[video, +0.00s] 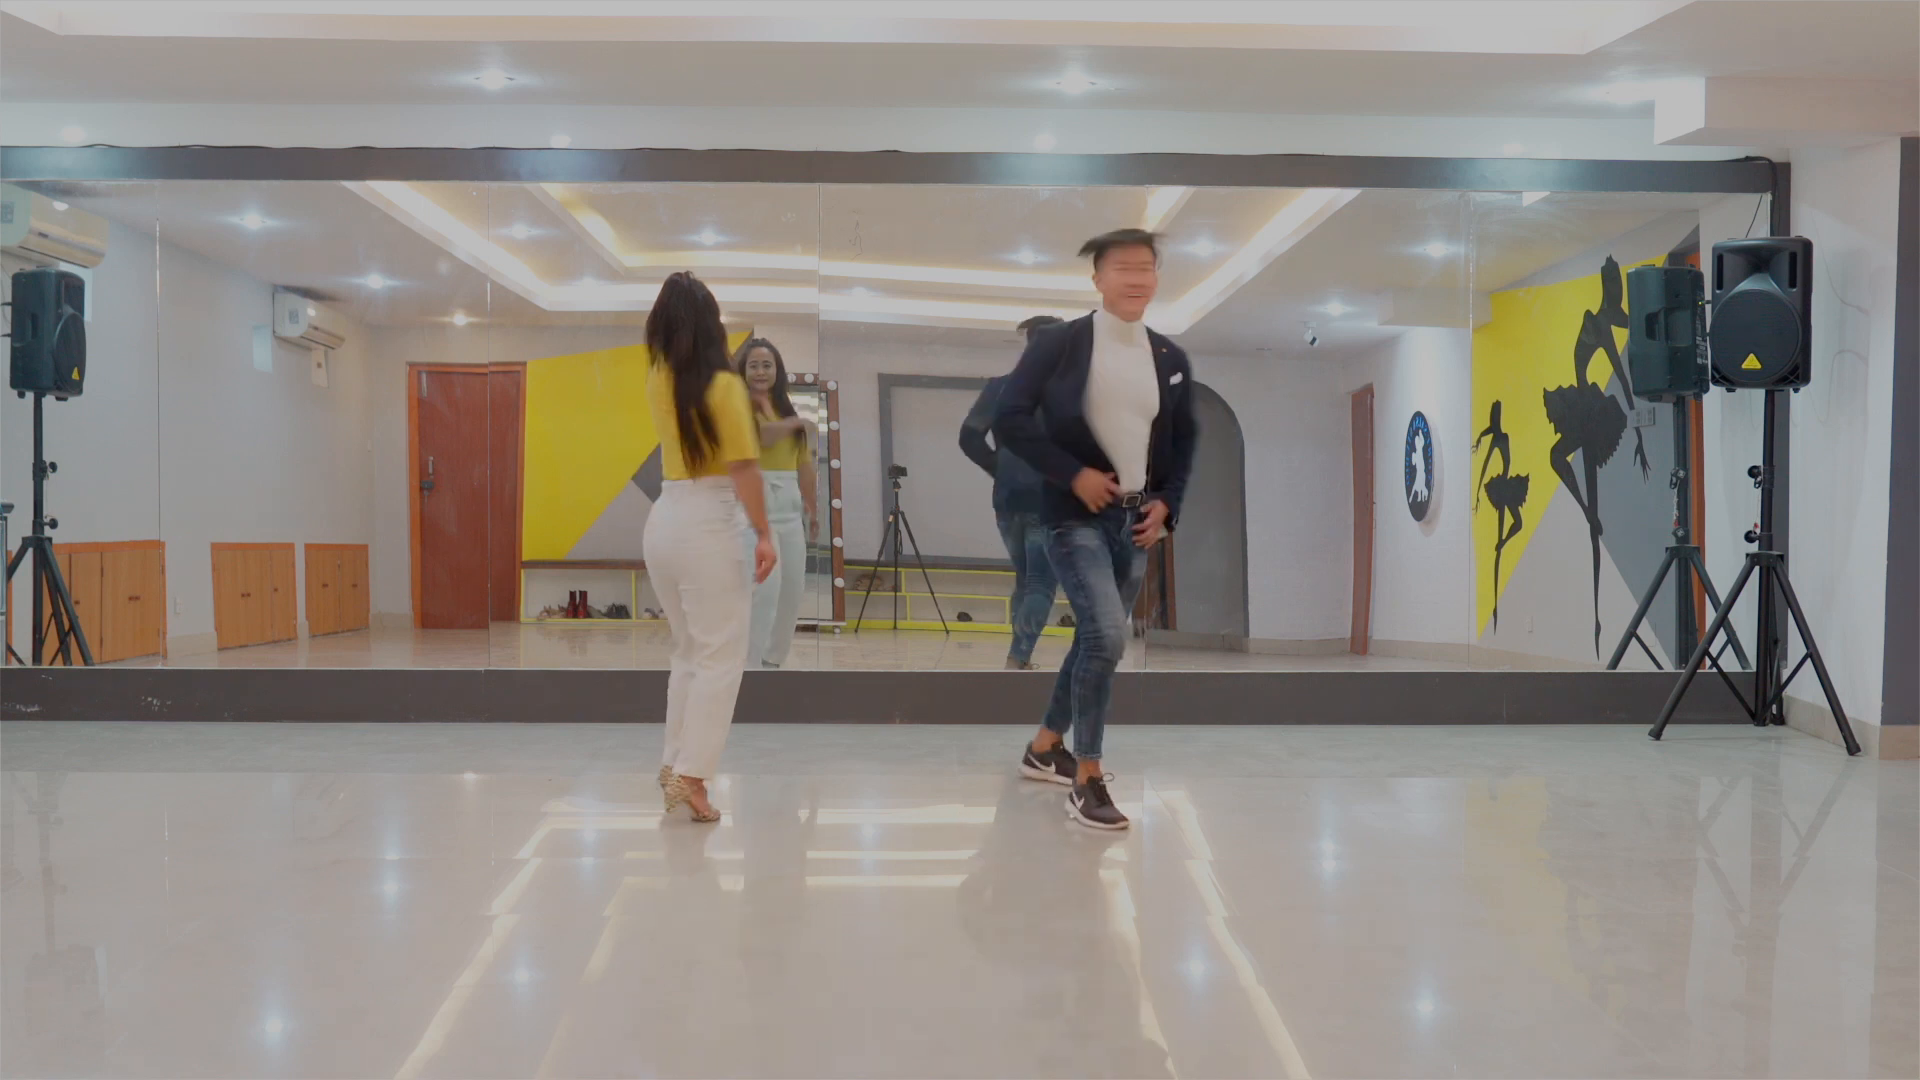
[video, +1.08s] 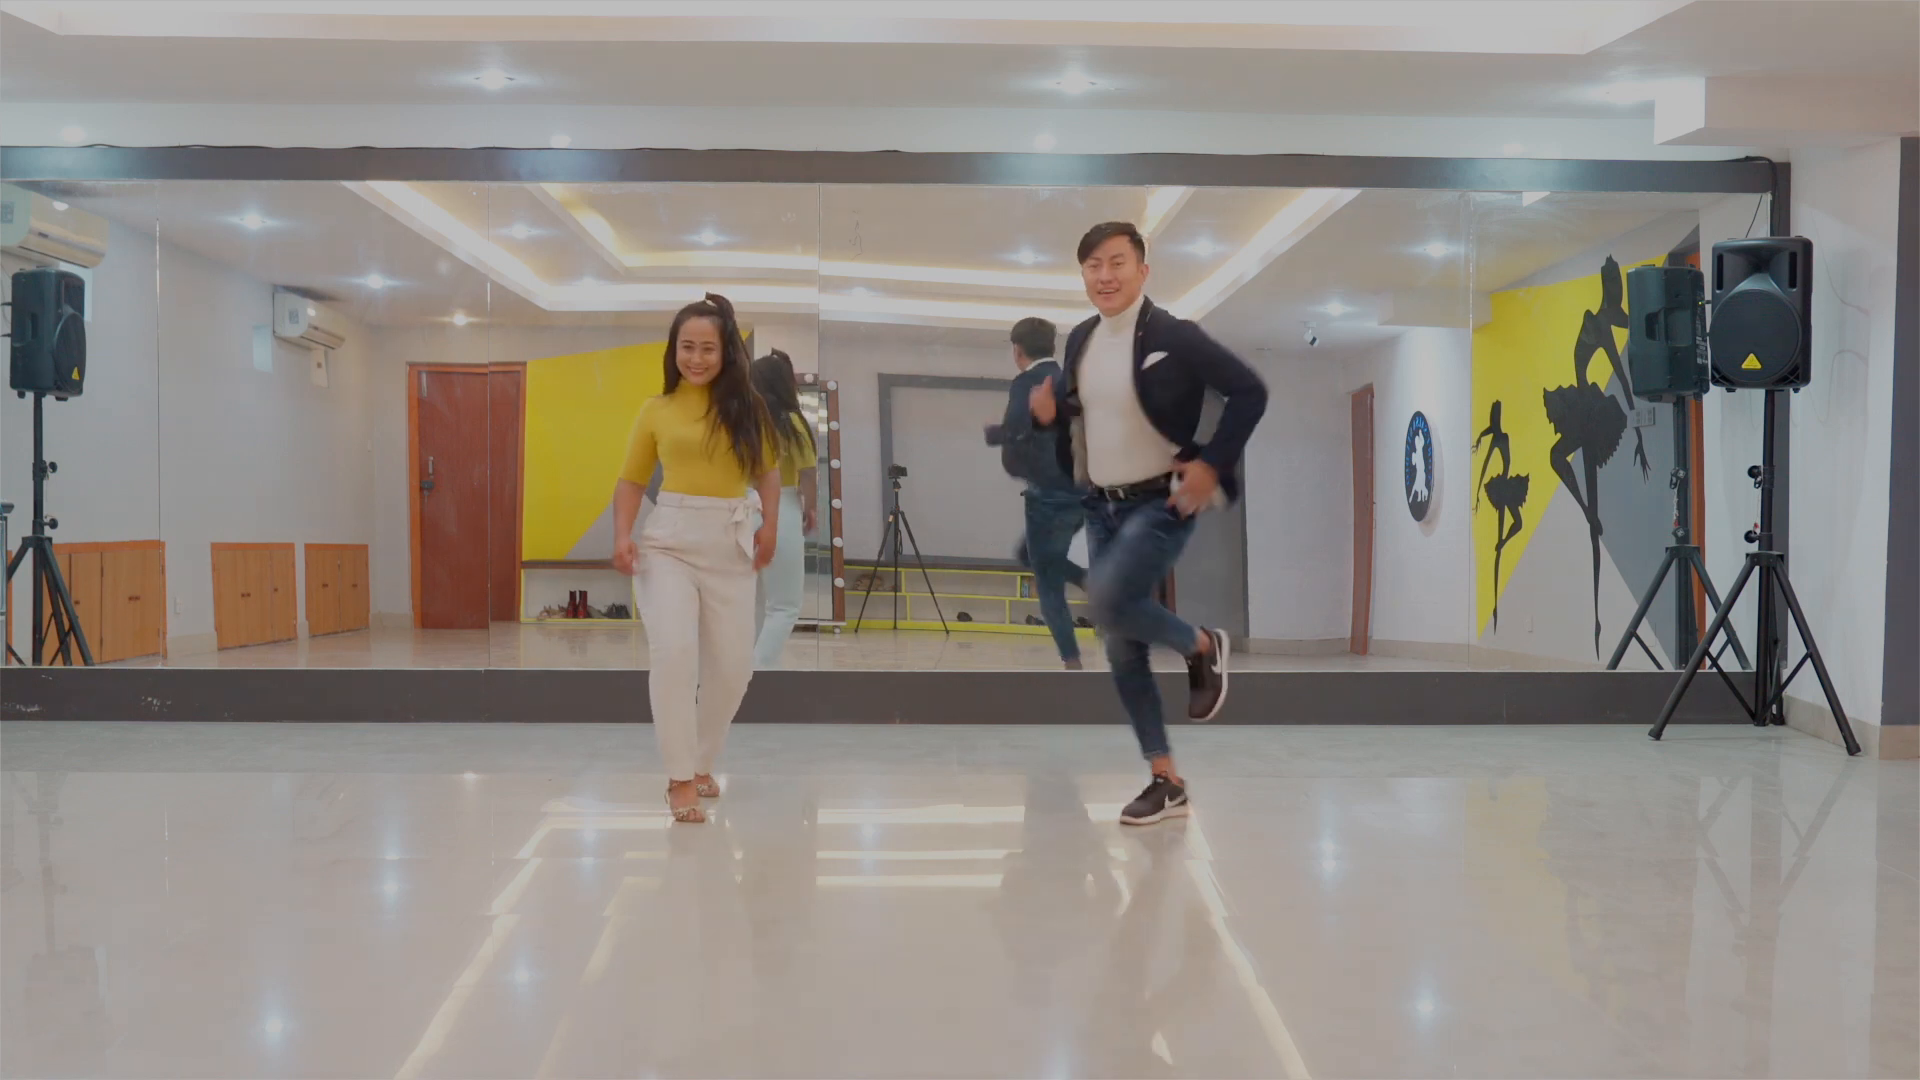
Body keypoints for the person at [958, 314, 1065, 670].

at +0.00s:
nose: (1047, 351)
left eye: (1038, 340)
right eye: (1051, 342)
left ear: (1027, 344)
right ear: (1060, 348)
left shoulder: (1003, 386)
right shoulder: (1070, 388)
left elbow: (969, 436)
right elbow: (1084, 437)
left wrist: (1001, 468)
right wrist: (1066, 473)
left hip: (1009, 493)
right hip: (1048, 495)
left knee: (1024, 579)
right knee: (1041, 583)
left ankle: (1020, 653)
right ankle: (1019, 657)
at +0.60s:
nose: (1039, 366)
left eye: (1035, 359)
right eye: (1043, 359)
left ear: (1027, 360)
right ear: (1064, 360)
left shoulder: (1010, 394)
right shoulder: (1075, 396)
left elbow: (977, 437)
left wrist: (981, 493)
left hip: (1023, 504)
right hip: (1069, 504)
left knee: (1040, 588)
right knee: (1061, 589)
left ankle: (1065, 659)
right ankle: (1028, 658)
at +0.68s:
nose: (1020, 365)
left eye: (1021, 360)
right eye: (1022, 359)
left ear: (1027, 362)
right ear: (1061, 361)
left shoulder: (1015, 396)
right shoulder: (1075, 394)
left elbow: (995, 453)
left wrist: (986, 501)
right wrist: (986, 454)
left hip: (1027, 508)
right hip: (1070, 506)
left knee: (1040, 589)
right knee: (1064, 588)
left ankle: (1066, 661)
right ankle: (1036, 657)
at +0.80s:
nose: (1017, 364)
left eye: (1018, 359)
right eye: (1019, 358)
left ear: (1025, 362)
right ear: (1057, 358)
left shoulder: (1025, 396)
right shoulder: (1076, 389)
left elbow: (1023, 447)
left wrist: (994, 490)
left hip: (1034, 500)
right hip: (1074, 498)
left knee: (1041, 580)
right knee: (1070, 581)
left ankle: (1064, 656)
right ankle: (1057, 648)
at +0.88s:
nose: (1016, 361)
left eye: (1016, 355)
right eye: (1016, 355)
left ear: (1022, 357)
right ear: (1056, 355)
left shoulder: (1026, 392)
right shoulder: (1073, 389)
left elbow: (1029, 442)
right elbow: (1080, 438)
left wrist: (1005, 476)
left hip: (1040, 506)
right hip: (1077, 503)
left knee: (1044, 589)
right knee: (1079, 584)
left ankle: (1064, 659)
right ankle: (1078, 639)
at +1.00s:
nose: (1013, 355)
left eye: (1014, 349)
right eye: (1014, 348)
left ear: (1020, 352)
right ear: (1051, 350)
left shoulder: (1027, 387)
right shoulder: (1069, 384)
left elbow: (1025, 446)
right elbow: (1075, 436)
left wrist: (1006, 452)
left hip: (1043, 503)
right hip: (1075, 499)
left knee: (1047, 586)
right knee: (1070, 578)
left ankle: (1066, 662)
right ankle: (1104, 606)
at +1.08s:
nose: (1012, 354)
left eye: (1012, 349)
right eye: (1012, 348)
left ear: (1019, 350)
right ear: (1051, 346)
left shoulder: (1025, 383)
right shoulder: (1070, 378)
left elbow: (1018, 432)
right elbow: (1073, 429)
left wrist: (994, 433)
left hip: (1047, 496)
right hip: (1079, 492)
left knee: (1048, 583)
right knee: (1028, 553)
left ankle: (1071, 661)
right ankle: (1098, 586)